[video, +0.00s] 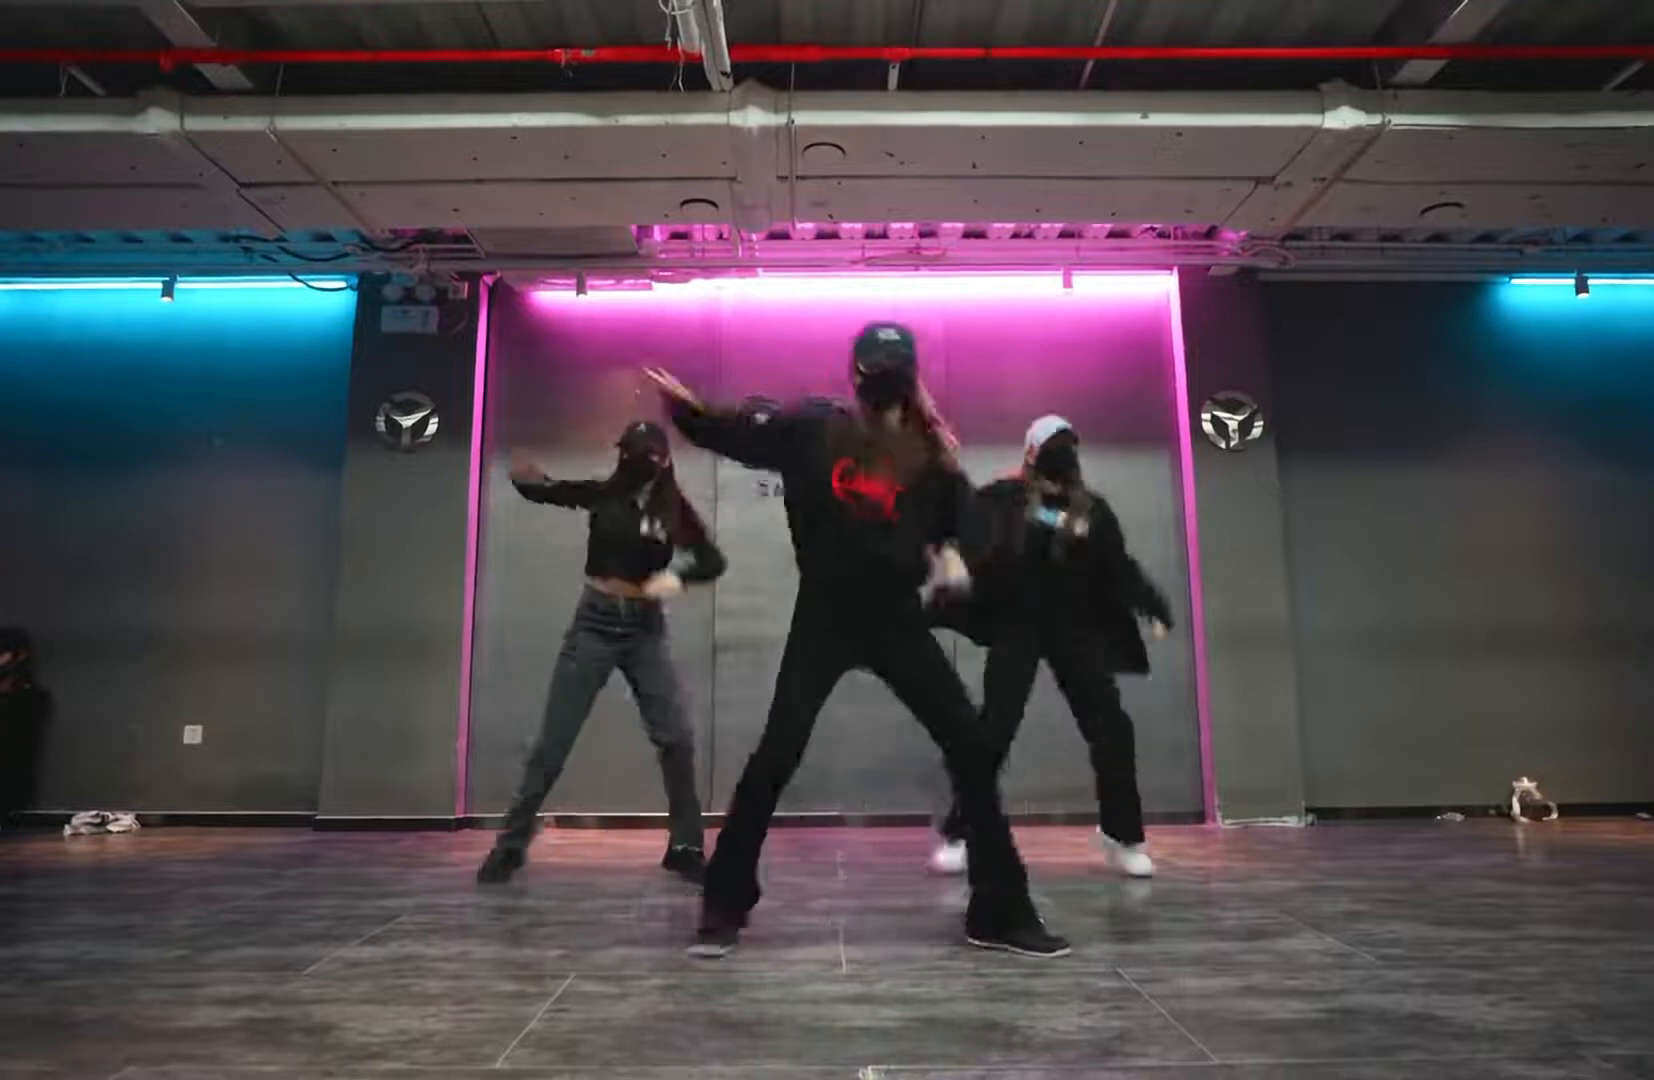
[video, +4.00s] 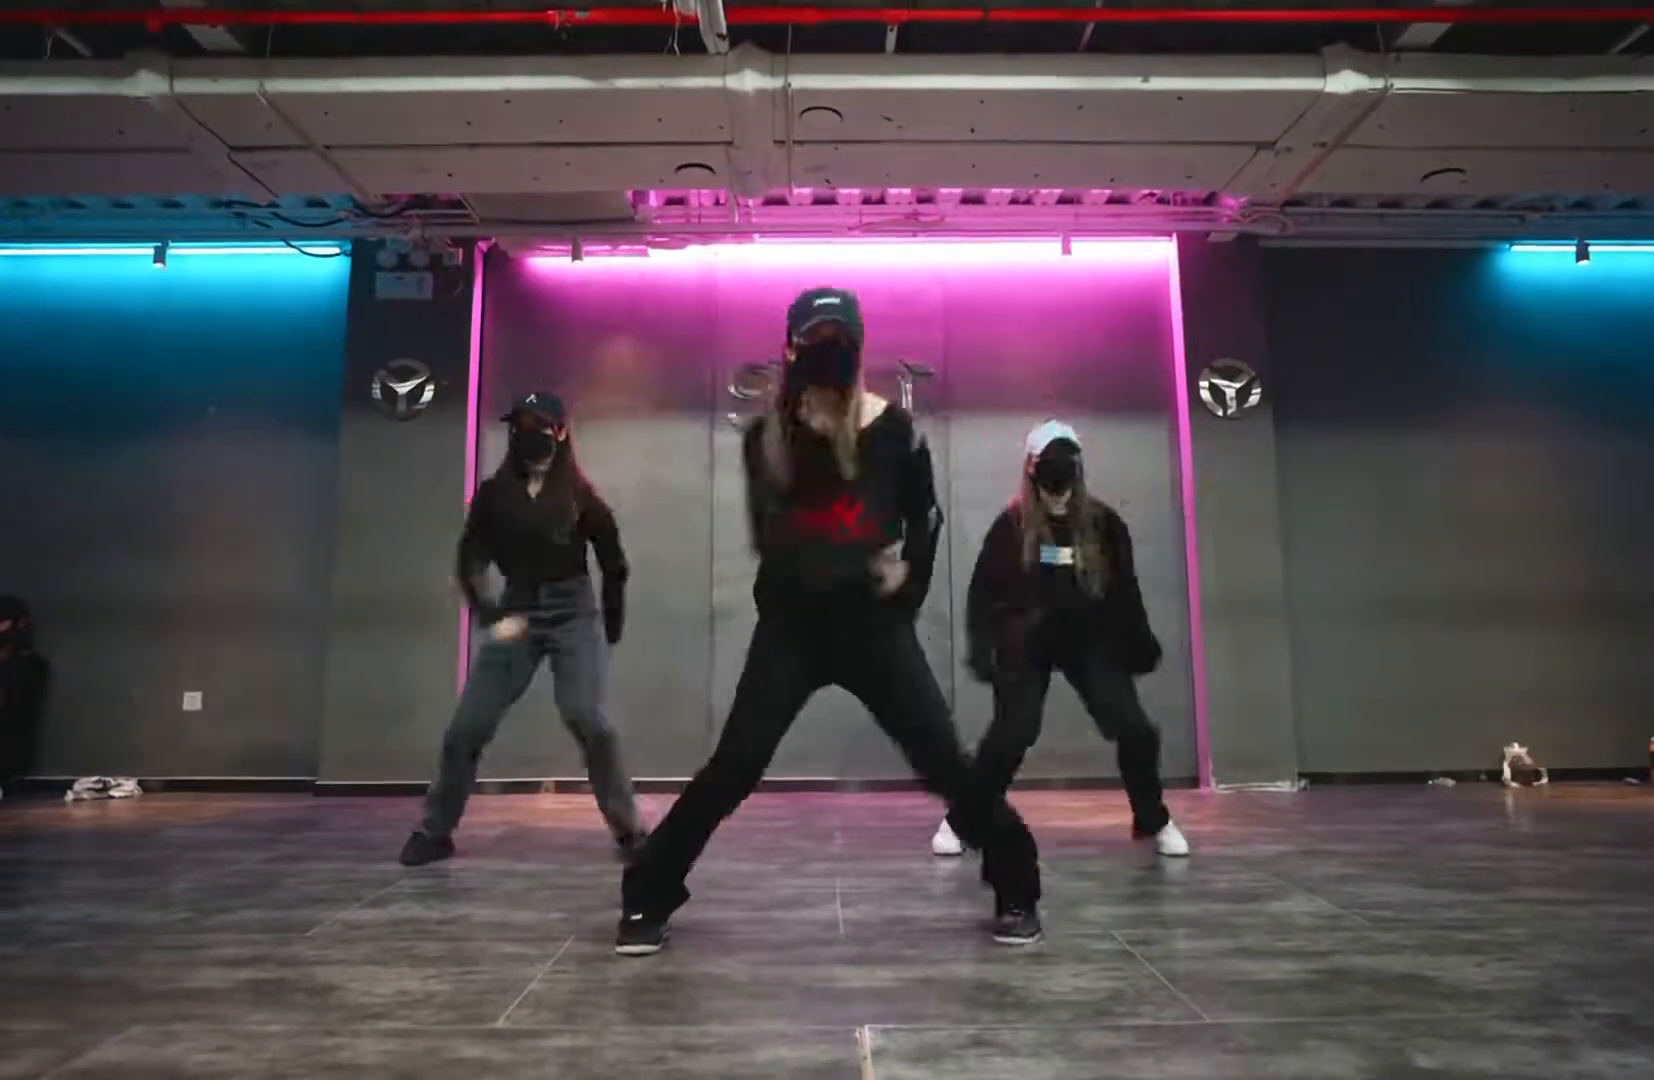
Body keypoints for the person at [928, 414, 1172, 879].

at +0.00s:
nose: (1064, 461)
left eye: (1070, 452)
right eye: (1055, 452)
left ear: (1078, 455)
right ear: (1033, 454)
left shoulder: (1090, 508)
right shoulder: (1000, 502)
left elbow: (1117, 567)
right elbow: (975, 555)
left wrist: (1152, 605)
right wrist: (1030, 523)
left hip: (1075, 633)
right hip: (1015, 631)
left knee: (1112, 729)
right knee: (995, 731)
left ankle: (1122, 835)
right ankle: (957, 834)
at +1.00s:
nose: (984, 474)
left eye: (992, 467)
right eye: (982, 468)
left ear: (1019, 466)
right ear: (1000, 468)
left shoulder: (1041, 497)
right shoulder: (984, 512)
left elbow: (982, 492)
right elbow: (937, 548)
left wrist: (925, 470)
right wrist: (925, 492)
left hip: (1049, 637)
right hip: (997, 640)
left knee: (1079, 742)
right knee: (951, 739)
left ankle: (1123, 851)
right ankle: (951, 849)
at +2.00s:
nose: (1090, 405)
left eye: (1095, 398)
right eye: (1080, 399)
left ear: (1104, 407)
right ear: (1061, 411)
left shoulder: (1128, 456)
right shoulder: (1042, 455)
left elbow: (1136, 529)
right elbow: (995, 455)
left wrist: (1143, 592)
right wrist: (1011, 394)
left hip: (1115, 590)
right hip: (1059, 591)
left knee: (1118, 686)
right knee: (1061, 688)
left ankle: (1109, 781)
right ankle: (1071, 787)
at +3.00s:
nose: (1075, 472)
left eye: (1081, 463)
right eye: (1065, 464)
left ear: (1090, 467)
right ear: (1043, 467)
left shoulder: (1097, 519)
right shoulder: (1026, 523)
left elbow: (1132, 583)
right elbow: (1029, 589)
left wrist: (1117, 642)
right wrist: (1101, 568)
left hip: (1095, 649)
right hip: (1035, 653)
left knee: (1150, 731)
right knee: (1014, 746)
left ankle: (1149, 835)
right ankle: (954, 826)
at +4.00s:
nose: (1060, 481)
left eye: (1067, 470)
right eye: (1049, 471)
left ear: (1079, 471)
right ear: (1032, 471)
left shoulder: (1103, 524)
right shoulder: (1013, 525)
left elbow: (1125, 588)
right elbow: (983, 590)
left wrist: (1140, 644)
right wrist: (981, 650)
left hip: (1090, 646)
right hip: (1025, 648)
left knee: (1137, 732)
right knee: (1014, 733)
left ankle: (1154, 820)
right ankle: (961, 821)